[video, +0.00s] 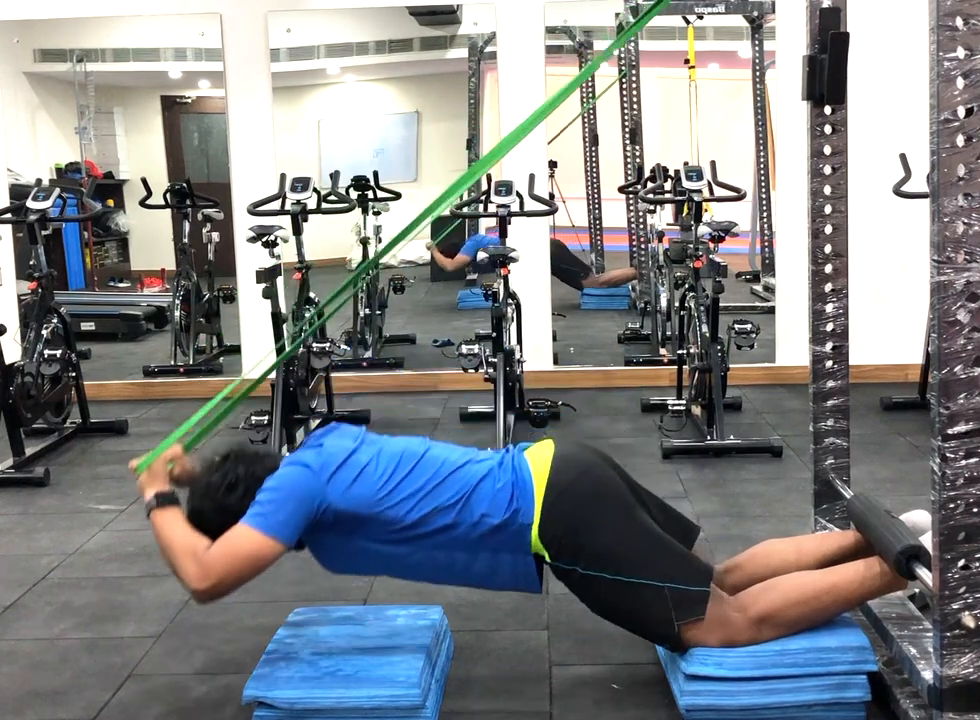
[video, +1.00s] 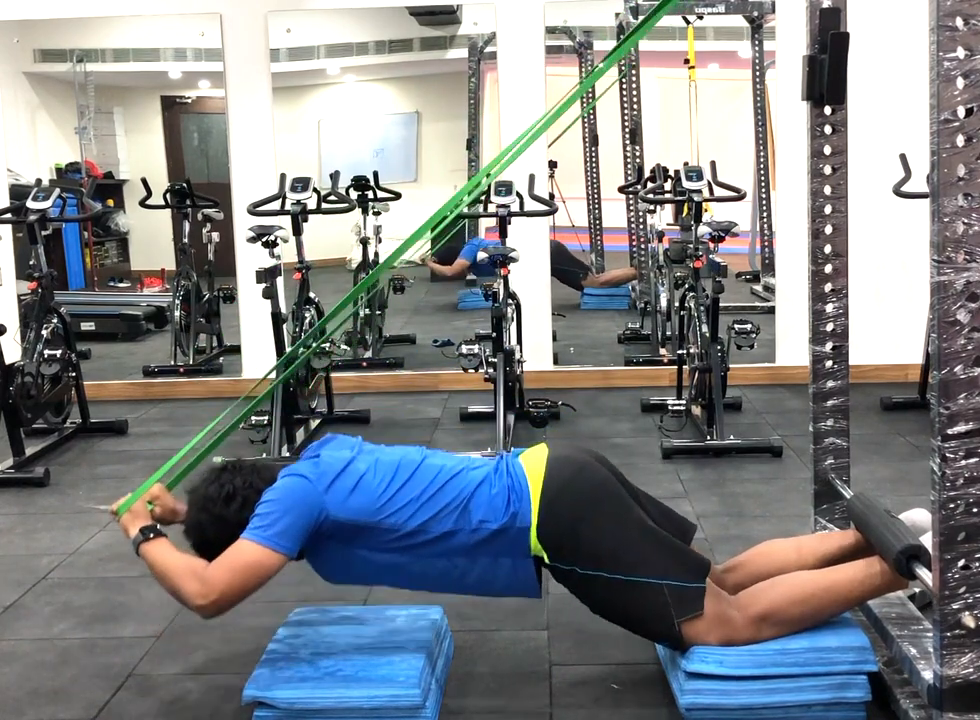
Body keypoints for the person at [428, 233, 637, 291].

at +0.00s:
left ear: (467, 242)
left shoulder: (477, 240)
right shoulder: (492, 239)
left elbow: (451, 266)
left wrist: (433, 250)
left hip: (547, 251)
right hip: (549, 247)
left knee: (591, 282)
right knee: (592, 280)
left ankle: (640, 271)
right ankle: (640, 271)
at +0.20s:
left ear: (454, 249)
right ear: (462, 242)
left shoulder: (472, 252)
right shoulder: (477, 249)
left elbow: (452, 280)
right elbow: (454, 278)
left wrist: (430, 268)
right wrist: (435, 270)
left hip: (545, 257)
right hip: (546, 252)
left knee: (592, 281)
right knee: (592, 278)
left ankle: (641, 271)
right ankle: (640, 270)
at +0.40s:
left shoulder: (471, 257)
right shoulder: (470, 256)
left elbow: (451, 288)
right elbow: (450, 287)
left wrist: (424, 276)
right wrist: (426, 276)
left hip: (546, 258)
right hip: (544, 258)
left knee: (594, 280)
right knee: (593, 279)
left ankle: (642, 271)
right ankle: (641, 270)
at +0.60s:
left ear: (453, 252)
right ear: (462, 246)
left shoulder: (471, 256)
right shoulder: (475, 254)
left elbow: (450, 287)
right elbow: (450, 285)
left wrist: (424, 276)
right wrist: (429, 276)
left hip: (545, 258)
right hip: (545, 256)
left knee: (593, 280)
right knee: (593, 278)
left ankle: (642, 271)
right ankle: (641, 270)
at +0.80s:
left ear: (452, 250)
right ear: (462, 243)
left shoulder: (471, 253)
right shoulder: (476, 251)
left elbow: (451, 282)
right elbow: (453, 281)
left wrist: (428, 272)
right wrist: (432, 273)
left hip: (546, 257)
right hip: (546, 253)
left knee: (593, 281)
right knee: (592, 278)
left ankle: (640, 271)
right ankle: (640, 270)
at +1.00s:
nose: (451, 270)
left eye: (449, 266)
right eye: (448, 267)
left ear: (455, 258)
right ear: (457, 249)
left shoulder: (472, 247)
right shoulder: (476, 244)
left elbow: (453, 272)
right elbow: (455, 271)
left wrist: (431, 264)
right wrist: (435, 265)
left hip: (547, 253)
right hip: (547, 249)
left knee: (592, 282)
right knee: (592, 279)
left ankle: (641, 271)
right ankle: (641, 270)